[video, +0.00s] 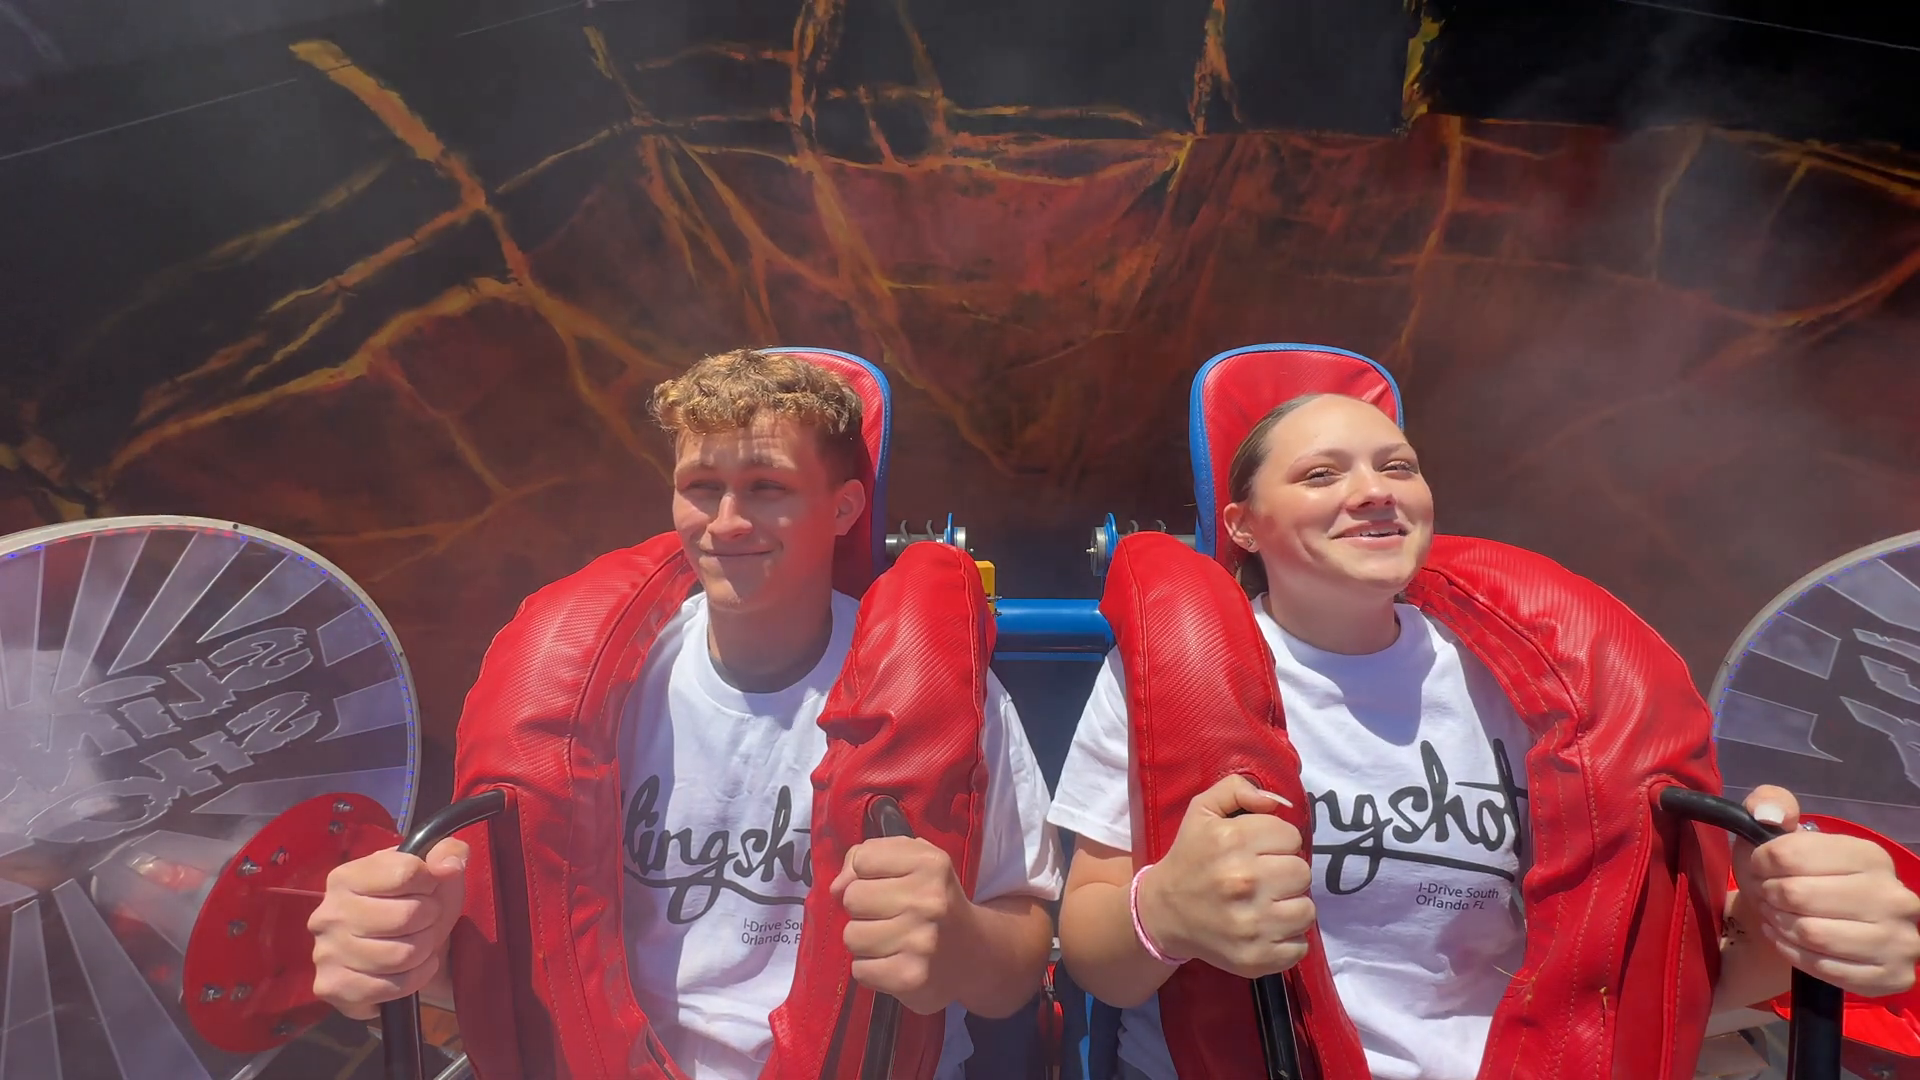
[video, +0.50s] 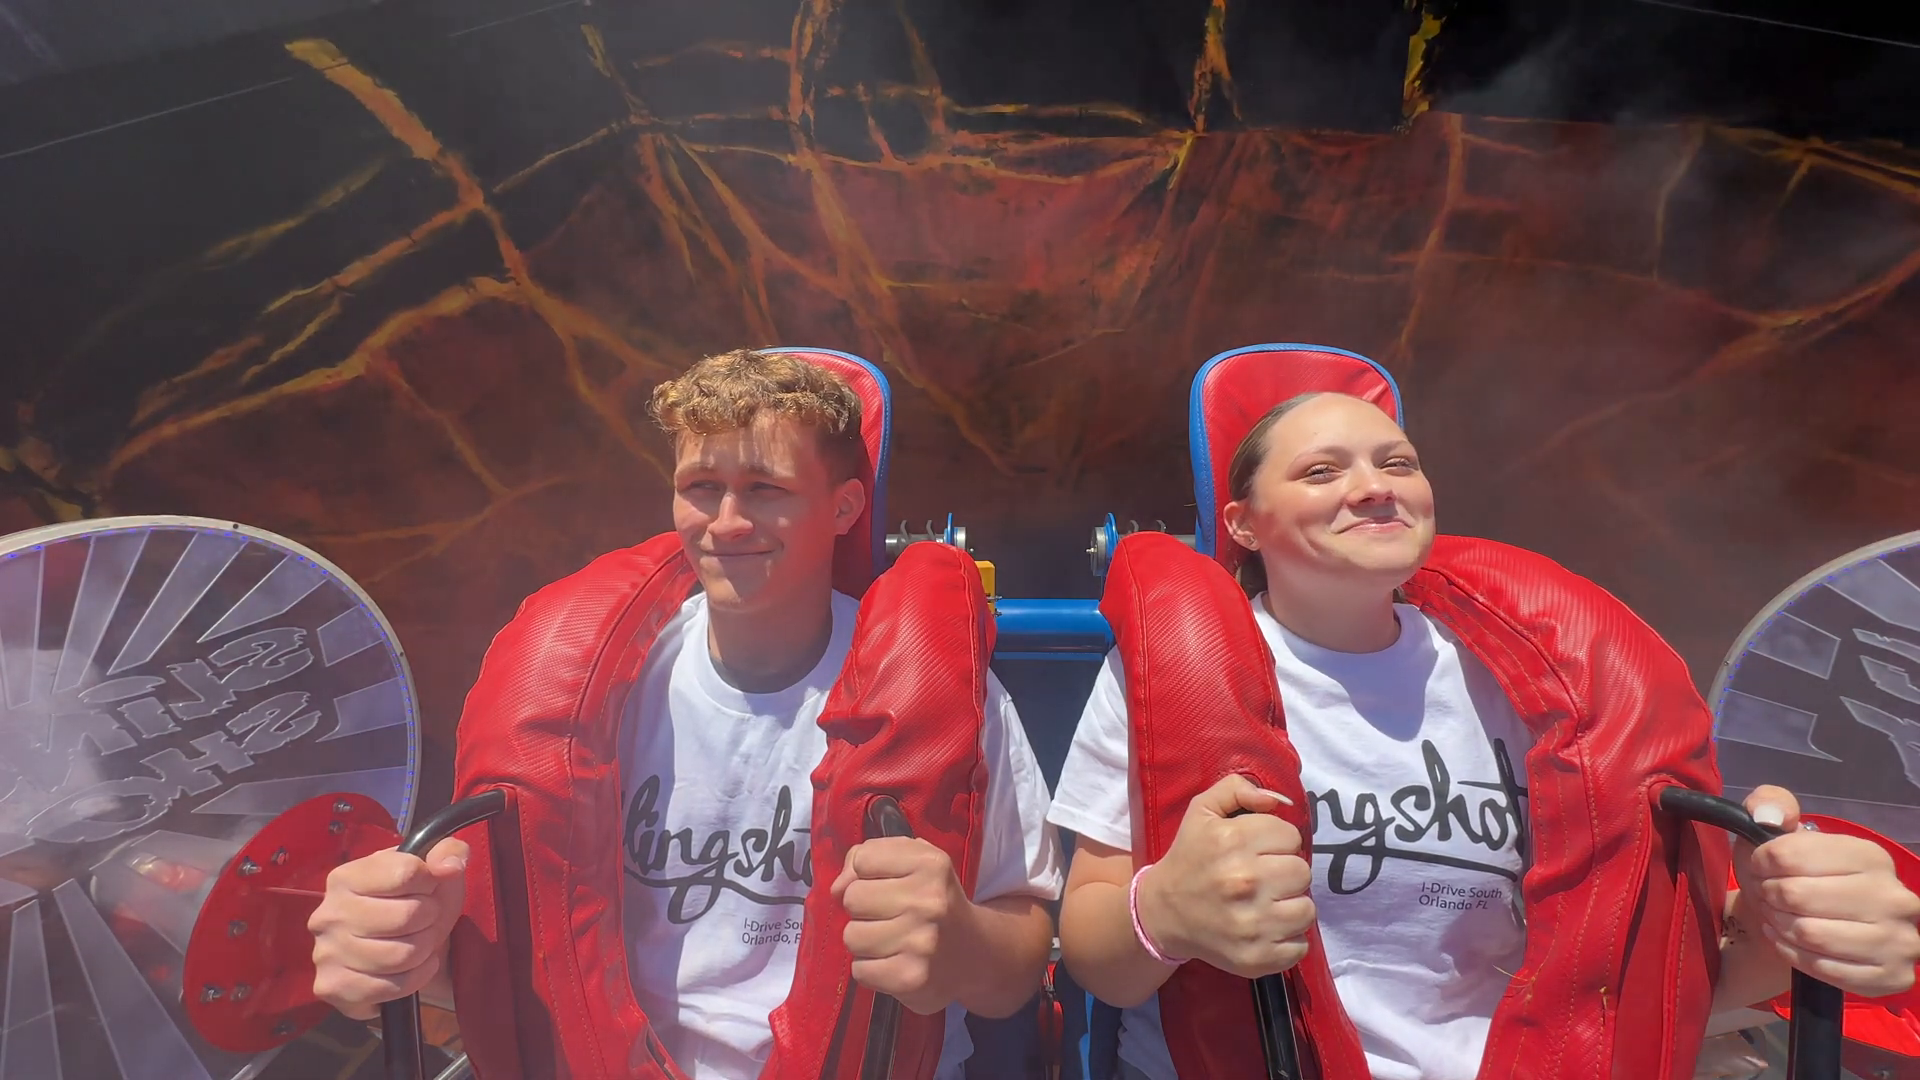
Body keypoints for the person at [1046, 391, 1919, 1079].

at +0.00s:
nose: (1373, 491)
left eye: (1393, 463)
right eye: (1321, 473)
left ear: (1427, 490)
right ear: (1242, 525)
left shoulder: (1533, 655)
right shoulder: (1171, 663)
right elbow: (1087, 957)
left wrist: (1754, 897)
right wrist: (1160, 913)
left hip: (1515, 1055)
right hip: (1289, 1057)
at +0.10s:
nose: (1373, 493)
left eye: (1393, 465)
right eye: (1321, 475)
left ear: (1428, 490)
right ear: (1242, 524)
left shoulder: (1531, 656)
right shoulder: (1172, 662)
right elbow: (1087, 957)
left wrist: (1745, 891)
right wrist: (1159, 913)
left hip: (1516, 1056)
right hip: (1291, 1058)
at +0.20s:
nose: (1373, 489)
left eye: (1394, 463)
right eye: (1321, 473)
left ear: (1429, 490)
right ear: (1242, 524)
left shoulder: (1531, 659)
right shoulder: (1172, 662)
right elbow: (1087, 957)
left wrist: (1746, 895)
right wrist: (1160, 913)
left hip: (1512, 1057)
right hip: (1288, 1059)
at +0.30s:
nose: (1373, 487)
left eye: (1394, 461)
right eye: (1321, 471)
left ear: (1429, 489)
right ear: (1241, 523)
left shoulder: (1530, 657)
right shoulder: (1171, 661)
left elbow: (1642, 930)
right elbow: (1087, 955)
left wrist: (1748, 897)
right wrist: (1159, 914)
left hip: (1512, 1055)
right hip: (1288, 1056)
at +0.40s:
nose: (1374, 489)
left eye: (1394, 461)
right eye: (1321, 472)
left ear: (1428, 488)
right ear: (1242, 524)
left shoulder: (1527, 659)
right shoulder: (1171, 663)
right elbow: (1086, 955)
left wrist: (1743, 889)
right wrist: (1159, 913)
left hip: (1509, 1057)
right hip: (1288, 1059)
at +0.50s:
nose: (1374, 486)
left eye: (1394, 459)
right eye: (1321, 470)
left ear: (1428, 488)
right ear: (1241, 523)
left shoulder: (1533, 659)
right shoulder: (1171, 661)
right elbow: (1088, 956)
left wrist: (1758, 903)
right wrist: (1159, 913)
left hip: (1510, 1058)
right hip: (1285, 1059)